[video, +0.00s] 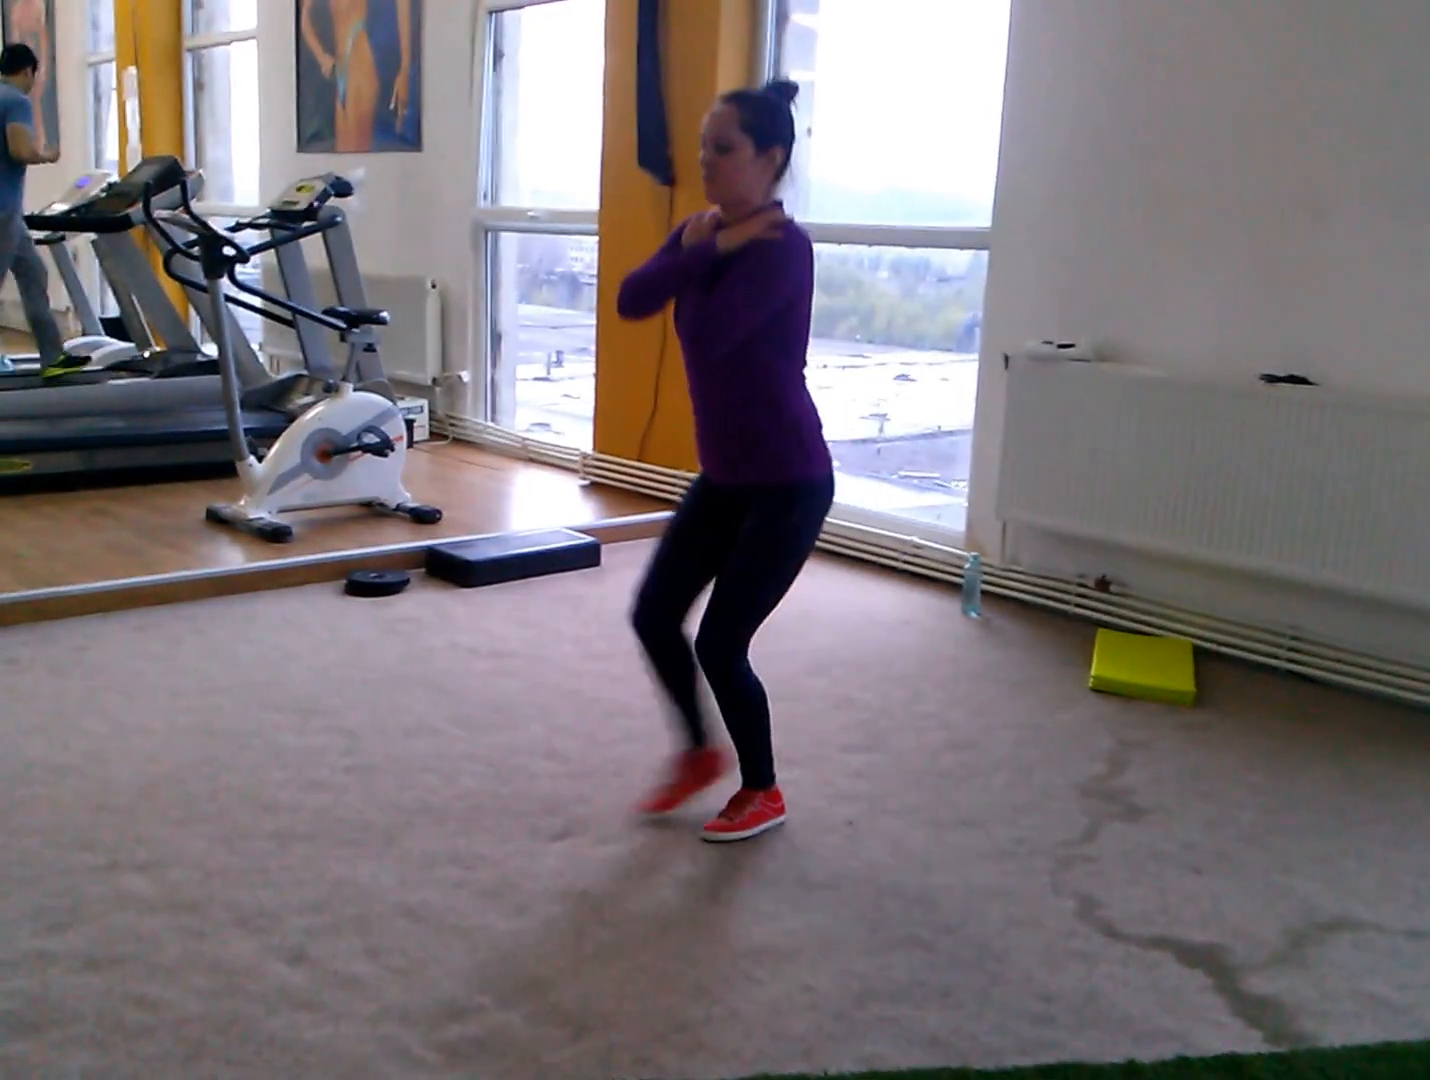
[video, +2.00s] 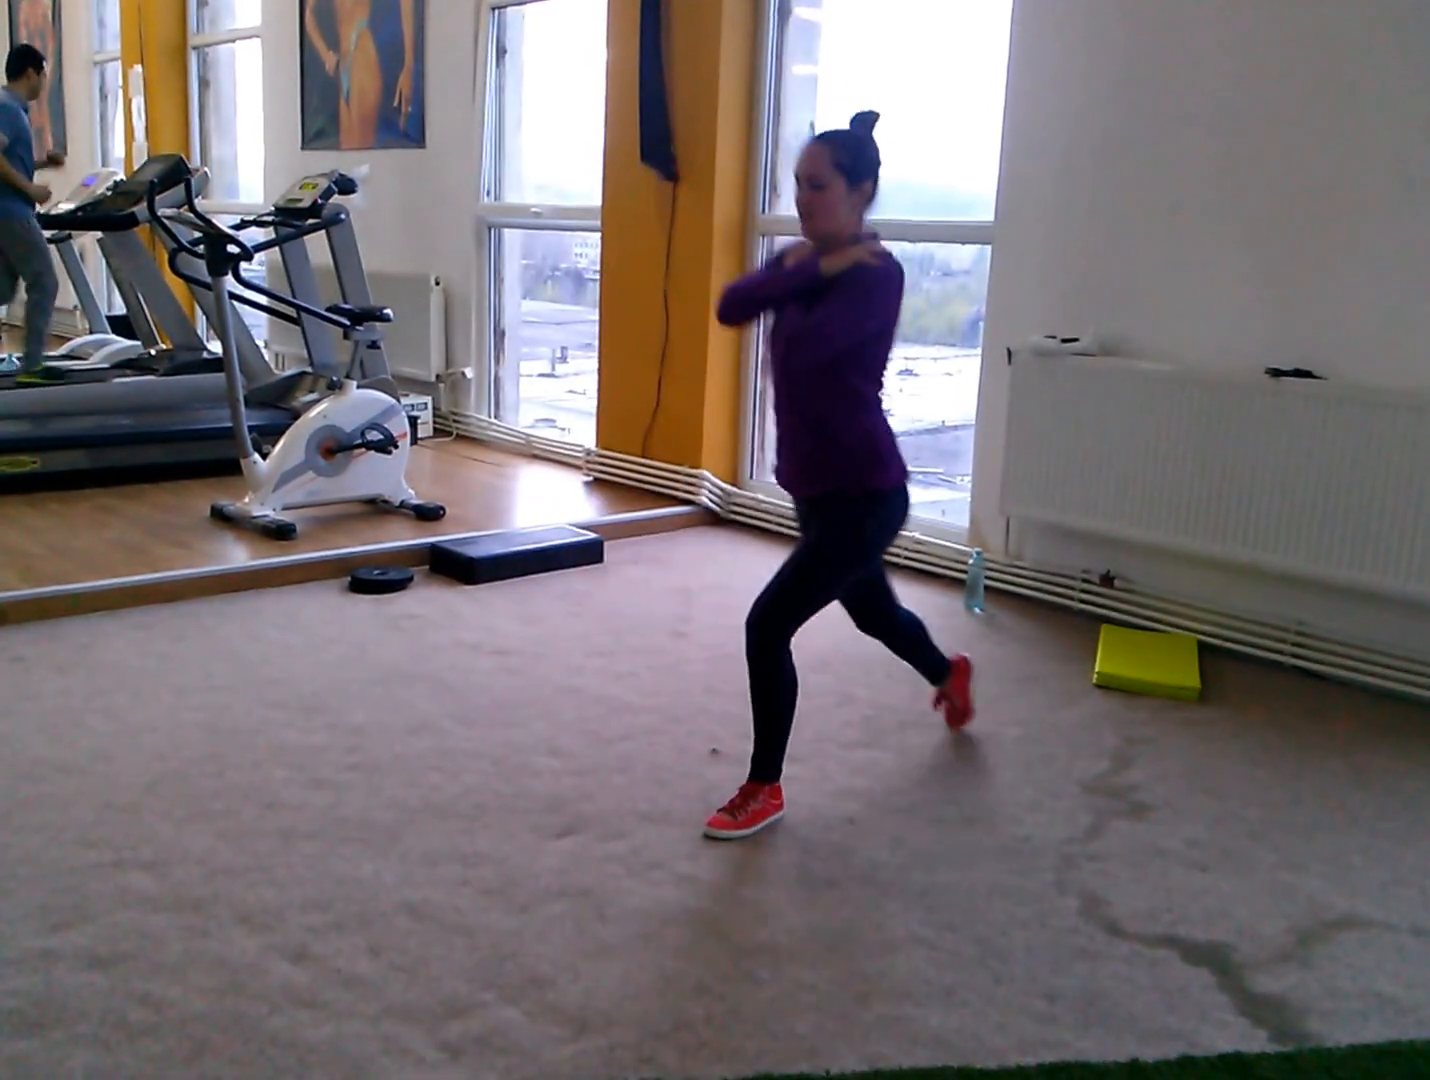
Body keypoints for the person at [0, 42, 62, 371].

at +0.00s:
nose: (34, 81)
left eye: (35, 75)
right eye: (34, 74)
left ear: (7, 70)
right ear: (26, 71)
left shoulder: (8, 99)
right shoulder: (15, 101)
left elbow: (21, 149)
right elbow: (20, 150)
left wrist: (40, 153)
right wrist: (45, 154)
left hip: (10, 213)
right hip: (6, 214)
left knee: (33, 274)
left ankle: (53, 355)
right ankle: (52, 354)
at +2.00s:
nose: (44, 83)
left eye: (43, 76)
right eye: (42, 75)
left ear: (18, 73)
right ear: (31, 73)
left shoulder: (15, 110)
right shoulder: (10, 110)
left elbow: (12, 161)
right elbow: (3, 158)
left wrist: (43, 162)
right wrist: (28, 188)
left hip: (13, 209)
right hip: (12, 210)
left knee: (5, 287)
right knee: (44, 280)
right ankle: (32, 363)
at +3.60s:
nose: (57, 81)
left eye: (56, 74)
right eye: (54, 74)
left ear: (32, 73)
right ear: (39, 73)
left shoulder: (22, 109)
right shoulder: (21, 111)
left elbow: (18, 167)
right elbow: (17, 165)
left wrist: (51, 180)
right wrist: (57, 197)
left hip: (20, 210)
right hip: (19, 211)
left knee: (43, 280)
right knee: (51, 283)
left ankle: (3, 319)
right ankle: (22, 360)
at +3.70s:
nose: (59, 77)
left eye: (58, 70)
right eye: (57, 70)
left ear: (31, 70)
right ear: (44, 69)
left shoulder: (13, 102)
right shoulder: (29, 106)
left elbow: (25, 164)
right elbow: (32, 161)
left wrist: (62, 177)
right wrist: (71, 178)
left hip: (25, 210)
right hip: (20, 211)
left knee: (66, 269)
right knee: (23, 282)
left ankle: (33, 349)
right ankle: (1, 351)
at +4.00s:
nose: (61, 79)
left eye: (61, 72)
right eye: (59, 72)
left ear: (33, 73)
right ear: (46, 72)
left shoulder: (19, 104)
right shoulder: (35, 107)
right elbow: (27, 157)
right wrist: (66, 192)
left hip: (18, 211)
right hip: (30, 212)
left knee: (44, 286)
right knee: (70, 281)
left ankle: (20, 357)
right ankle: (10, 326)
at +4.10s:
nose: (65, 73)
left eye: (65, 66)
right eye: (62, 65)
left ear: (40, 65)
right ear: (49, 65)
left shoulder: (35, 99)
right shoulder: (30, 98)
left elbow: (39, 159)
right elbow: (15, 143)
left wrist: (75, 159)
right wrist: (52, 172)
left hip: (20, 208)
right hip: (33, 207)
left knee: (15, 281)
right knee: (82, 265)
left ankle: (2, 344)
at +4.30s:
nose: (72, 77)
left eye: (72, 70)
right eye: (69, 70)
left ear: (47, 70)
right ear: (54, 69)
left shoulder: (37, 102)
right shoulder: (39, 107)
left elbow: (40, 154)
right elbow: (27, 154)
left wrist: (75, 158)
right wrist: (65, 189)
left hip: (32, 210)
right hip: (44, 211)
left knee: (45, 283)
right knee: (77, 279)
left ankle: (1, 312)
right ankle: (66, 357)